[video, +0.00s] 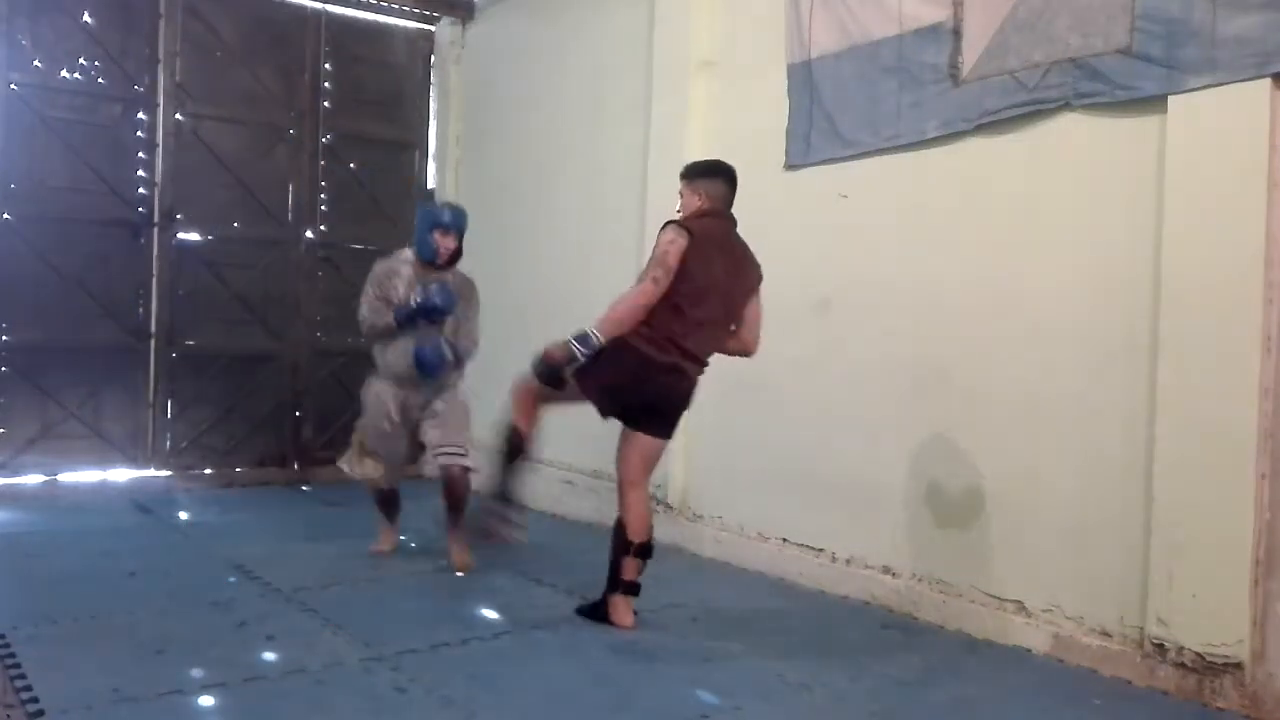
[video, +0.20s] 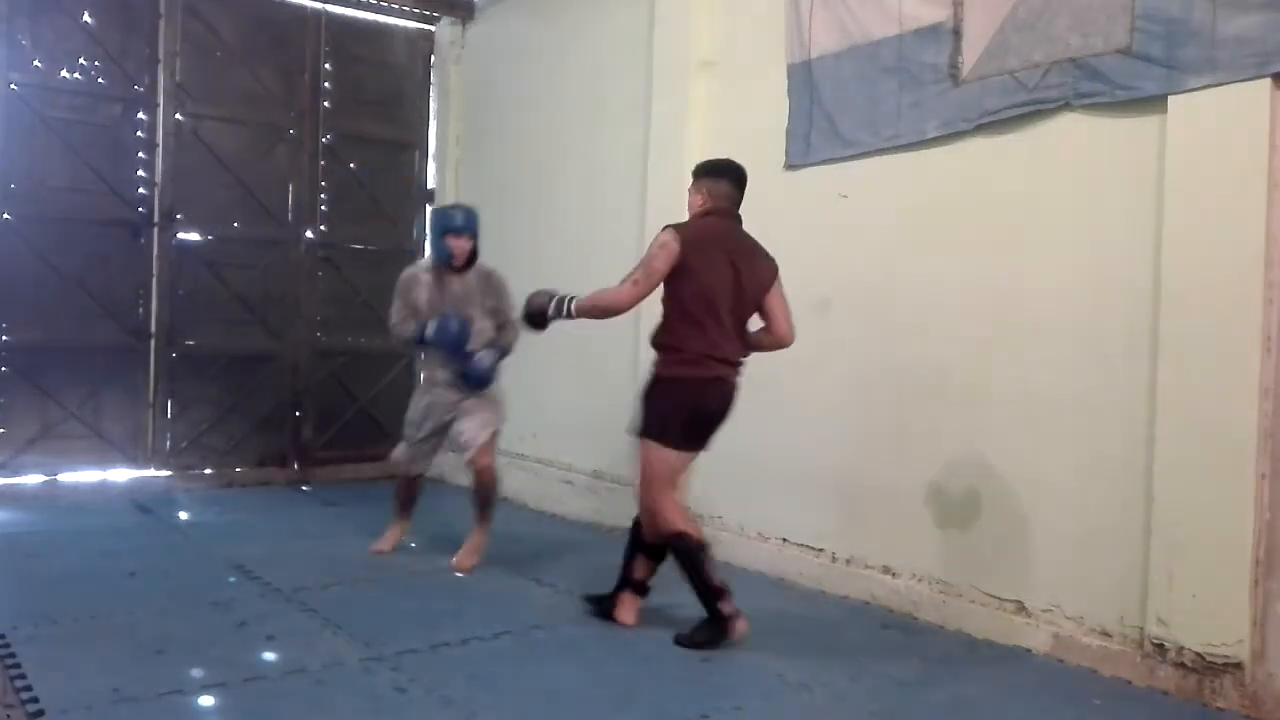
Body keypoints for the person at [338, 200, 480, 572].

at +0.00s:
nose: (449, 244)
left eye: (456, 237)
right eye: (443, 235)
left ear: (461, 242)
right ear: (424, 234)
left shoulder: (462, 286)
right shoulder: (388, 271)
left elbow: (466, 341)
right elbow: (368, 323)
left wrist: (445, 355)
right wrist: (411, 312)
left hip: (441, 391)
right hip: (389, 388)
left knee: (455, 472)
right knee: (380, 469)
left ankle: (456, 538)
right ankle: (389, 529)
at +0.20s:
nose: (461, 245)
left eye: (467, 238)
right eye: (453, 237)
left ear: (476, 242)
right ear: (438, 240)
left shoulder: (487, 281)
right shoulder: (415, 279)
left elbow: (508, 327)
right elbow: (398, 327)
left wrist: (490, 355)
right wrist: (428, 331)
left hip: (476, 390)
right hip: (432, 389)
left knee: (483, 463)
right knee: (410, 461)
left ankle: (480, 533)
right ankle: (400, 523)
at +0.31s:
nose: (484, 238)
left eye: (491, 230)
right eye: (477, 230)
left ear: (500, 234)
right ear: (464, 233)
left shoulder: (514, 273)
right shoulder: (445, 271)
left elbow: (540, 316)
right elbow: (423, 317)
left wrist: (526, 340)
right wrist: (450, 307)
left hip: (505, 381)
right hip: (458, 380)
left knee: (520, 458)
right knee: (432, 457)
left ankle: (526, 540)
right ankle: (442, 516)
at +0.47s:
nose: (532, 259)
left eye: (538, 252)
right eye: (524, 251)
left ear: (546, 257)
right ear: (509, 254)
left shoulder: (557, 298)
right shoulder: (489, 293)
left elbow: (584, 347)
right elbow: (475, 343)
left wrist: (572, 358)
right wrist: (505, 314)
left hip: (542, 411)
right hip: (497, 407)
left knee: (560, 476)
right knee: (477, 481)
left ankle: (587, 559)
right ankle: (488, 537)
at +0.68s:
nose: (582, 240)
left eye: (588, 232)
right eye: (574, 231)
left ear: (594, 234)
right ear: (555, 231)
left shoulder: (600, 270)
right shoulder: (528, 268)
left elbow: (621, 317)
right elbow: (514, 326)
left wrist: (612, 321)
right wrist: (544, 297)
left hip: (586, 383)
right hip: (539, 381)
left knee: (596, 465)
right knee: (521, 458)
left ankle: (599, 555)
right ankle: (521, 529)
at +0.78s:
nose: (587, 239)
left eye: (593, 231)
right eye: (579, 230)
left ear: (599, 233)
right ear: (560, 230)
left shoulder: (605, 268)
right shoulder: (534, 266)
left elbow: (627, 315)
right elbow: (526, 322)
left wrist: (620, 315)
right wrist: (554, 286)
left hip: (591, 380)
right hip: (545, 377)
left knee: (601, 465)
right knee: (527, 457)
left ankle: (605, 552)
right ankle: (531, 528)